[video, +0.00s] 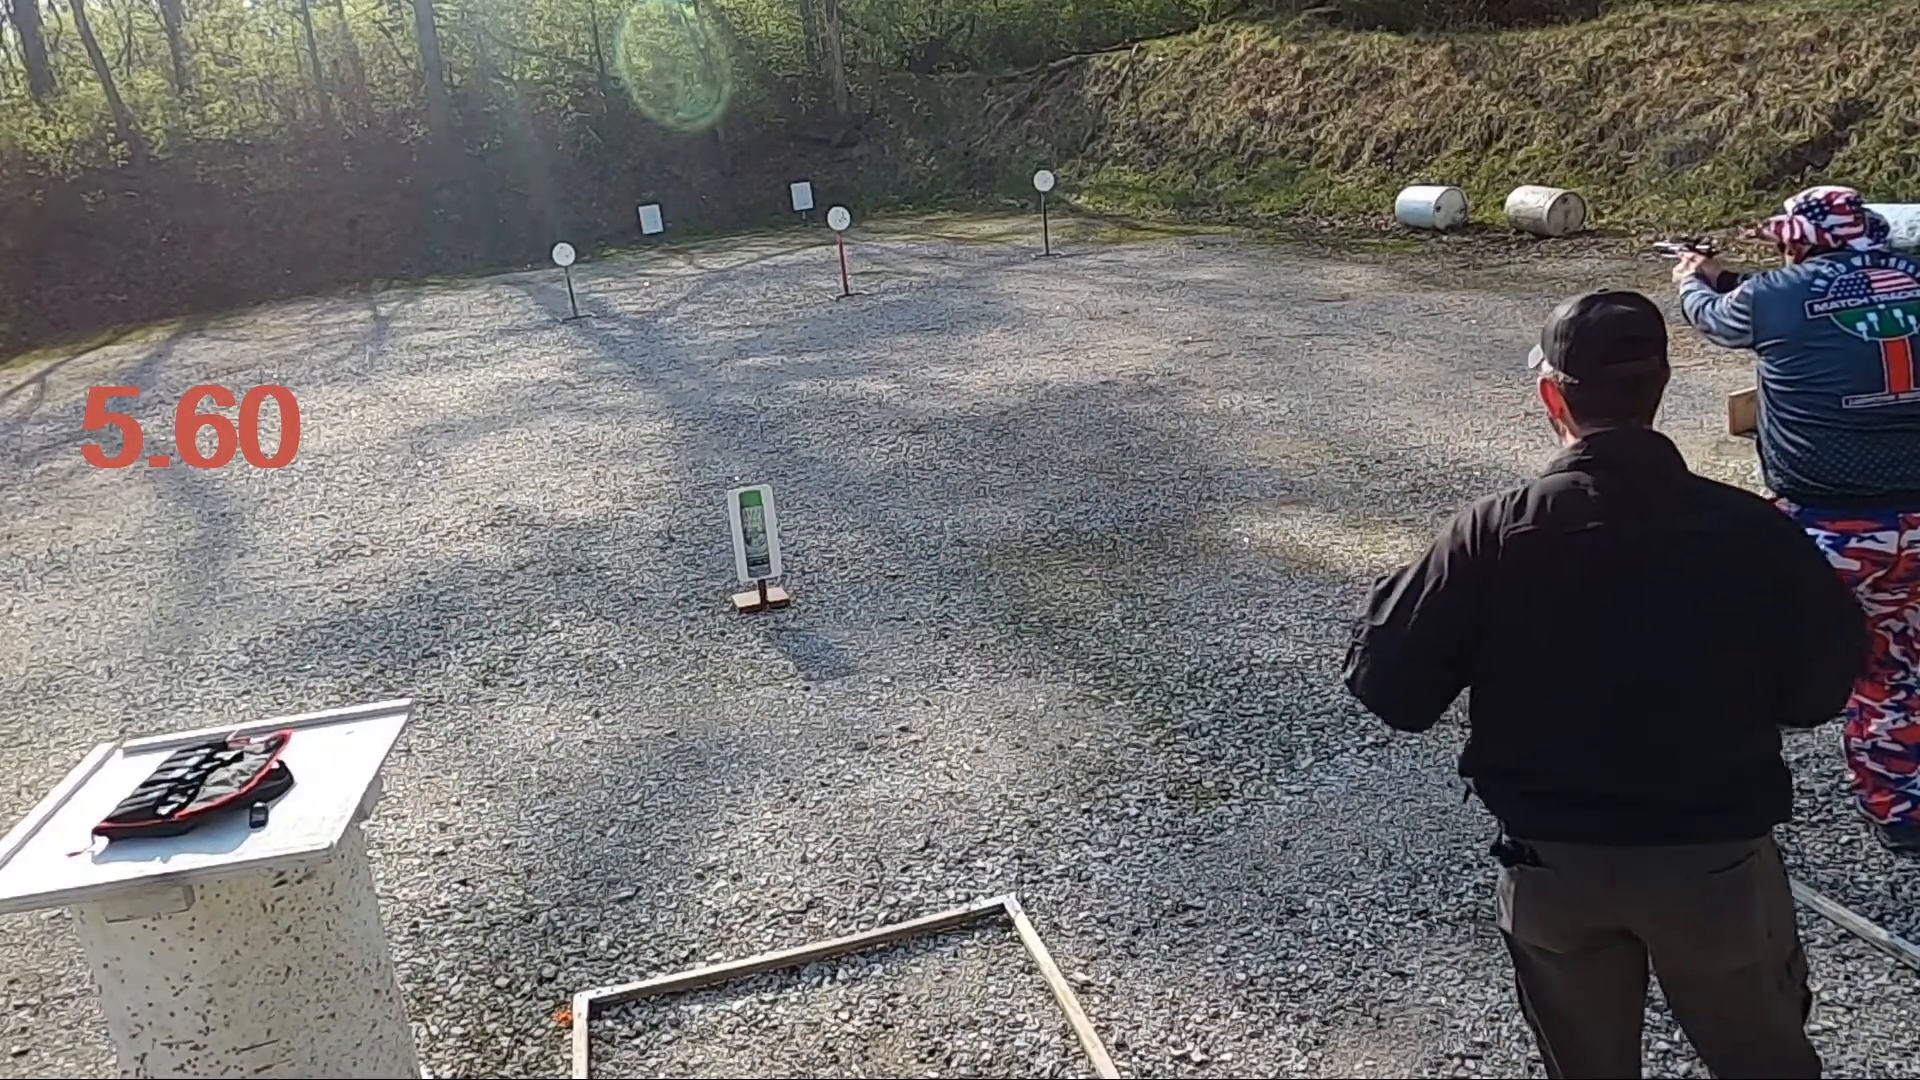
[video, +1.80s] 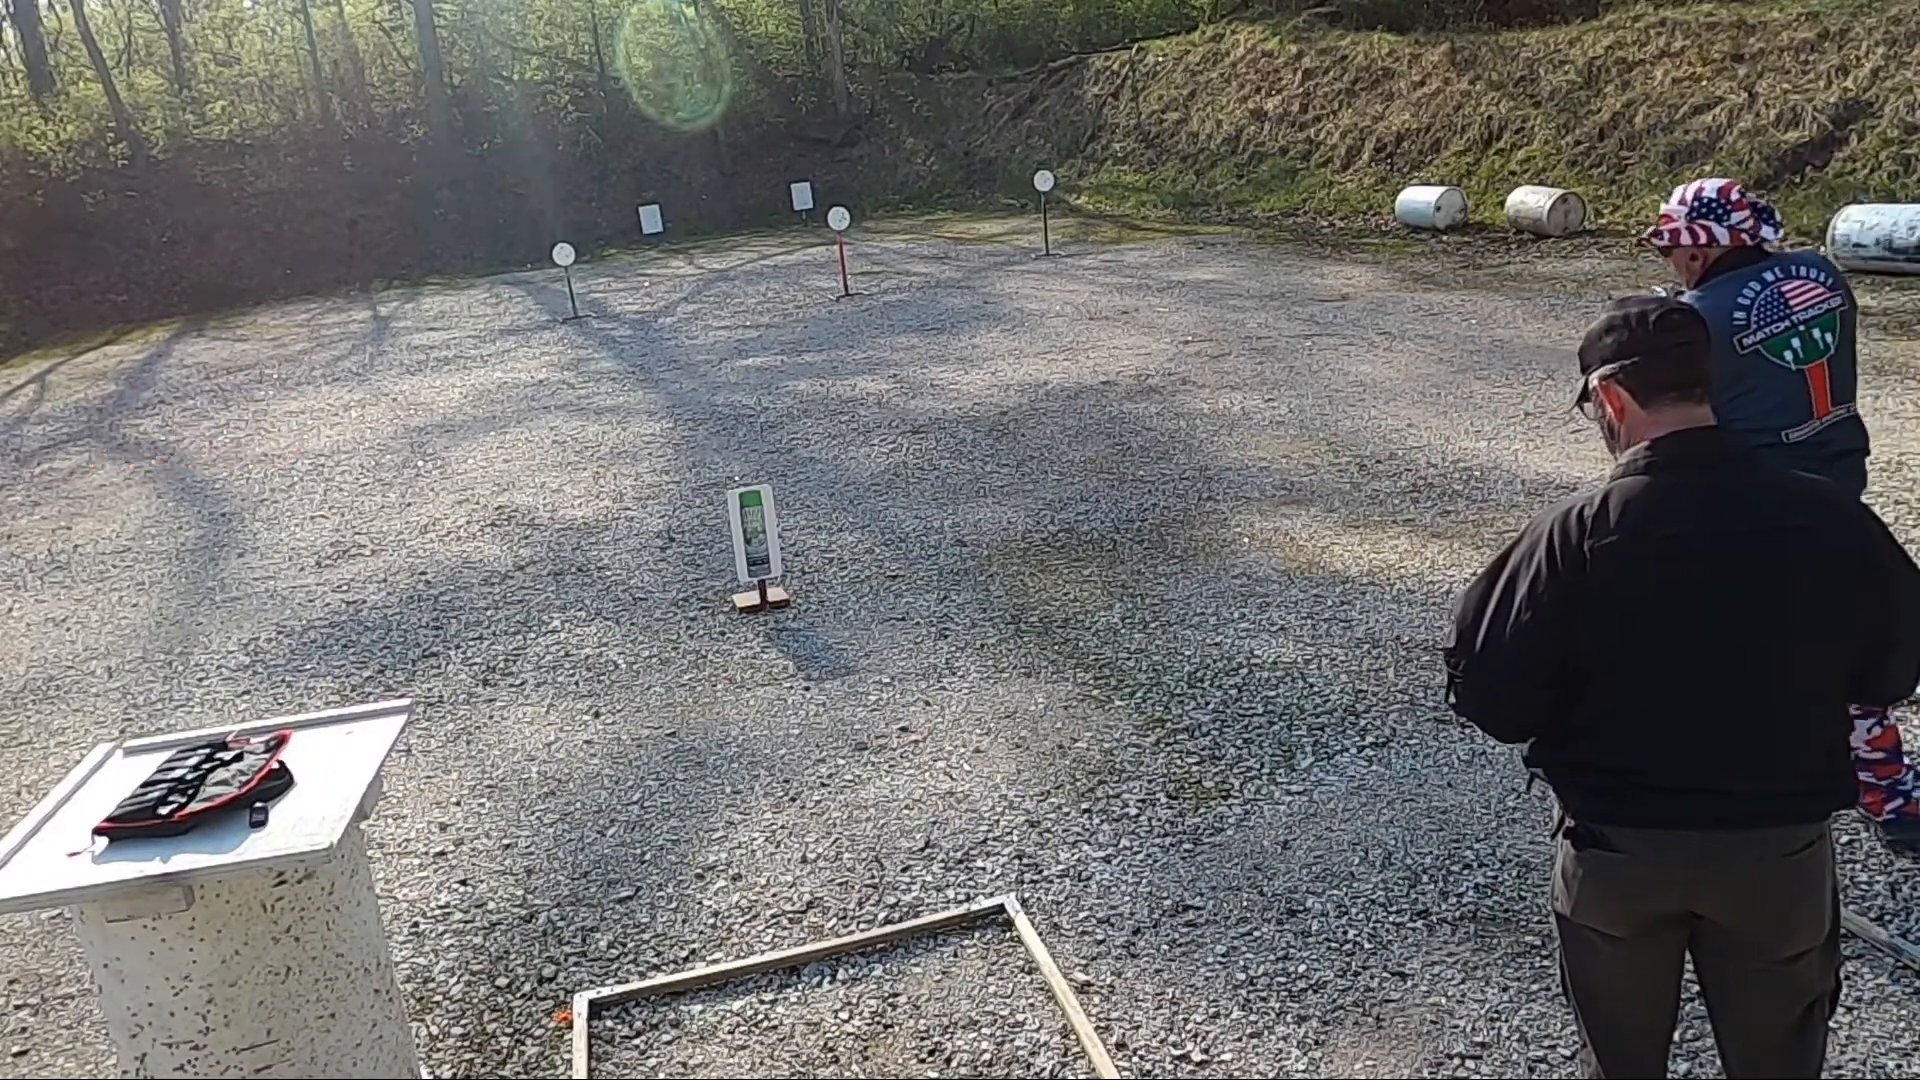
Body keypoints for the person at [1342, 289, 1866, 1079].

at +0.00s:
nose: (1543, 391)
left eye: (1543, 381)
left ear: (1553, 397)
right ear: (1661, 384)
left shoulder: (1493, 537)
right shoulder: (1756, 531)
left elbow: (1391, 687)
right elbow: (1829, 681)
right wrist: (1723, 673)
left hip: (1556, 878)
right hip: (1719, 876)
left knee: (1590, 1071)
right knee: (1771, 1065)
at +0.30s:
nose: (1579, 392)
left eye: (1580, 381)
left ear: (1592, 398)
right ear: (1695, 384)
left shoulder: (1541, 538)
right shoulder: (1793, 527)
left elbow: (1444, 698)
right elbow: (1860, 673)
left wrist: (1450, 607)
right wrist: (1761, 647)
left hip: (1590, 869)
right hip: (1749, 871)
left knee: (1604, 1067)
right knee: (1773, 1065)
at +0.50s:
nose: (1600, 388)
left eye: (1602, 377)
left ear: (1613, 395)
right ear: (1719, 381)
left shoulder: (1565, 538)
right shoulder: (1821, 527)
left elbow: (1465, 698)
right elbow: (1876, 671)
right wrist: (1774, 653)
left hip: (1610, 867)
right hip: (1769, 869)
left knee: (1616, 1065)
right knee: (1785, 1065)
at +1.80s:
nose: (1596, 416)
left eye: (1594, 399)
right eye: (1595, 399)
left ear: (1614, 400)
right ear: (1711, 382)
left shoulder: (1573, 539)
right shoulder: (1832, 519)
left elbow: (1485, 690)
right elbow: (1897, 666)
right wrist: (1792, 663)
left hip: (1619, 868)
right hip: (1780, 869)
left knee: (1625, 1066)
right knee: (1780, 1067)